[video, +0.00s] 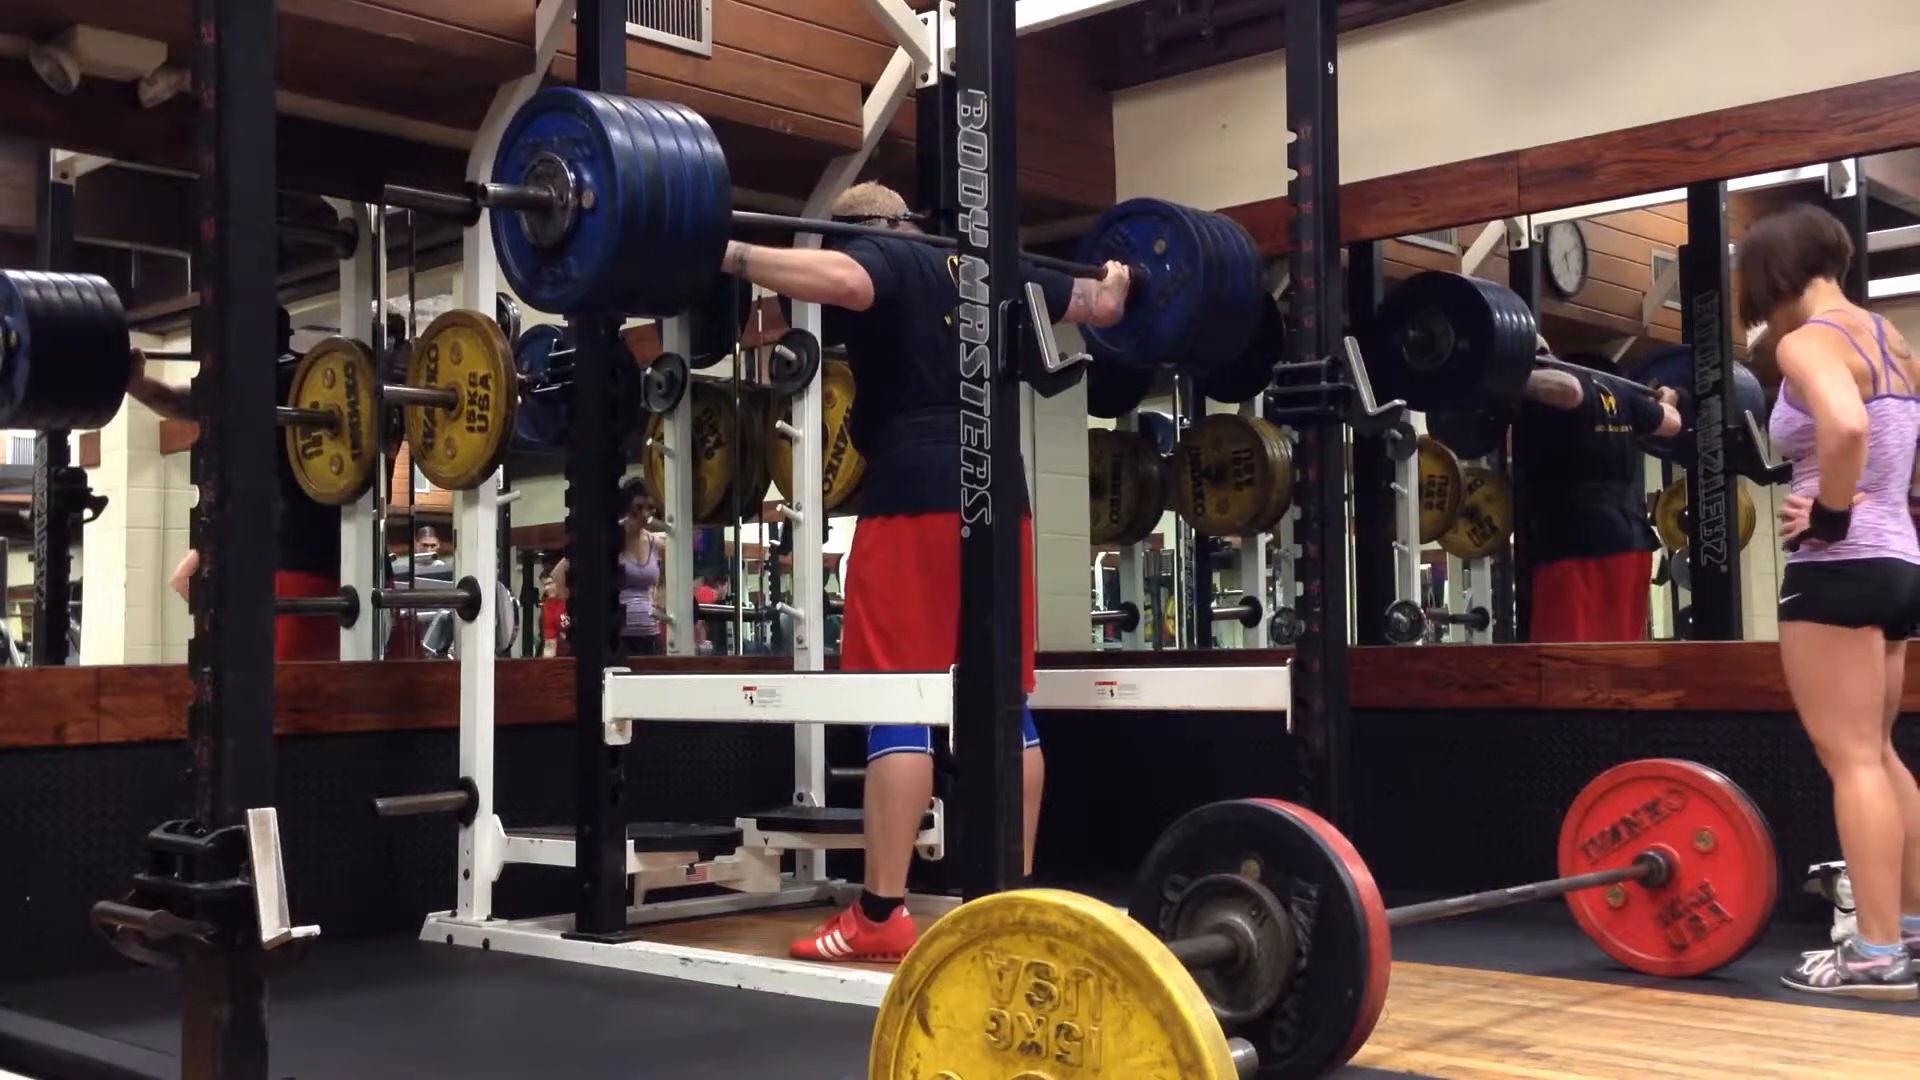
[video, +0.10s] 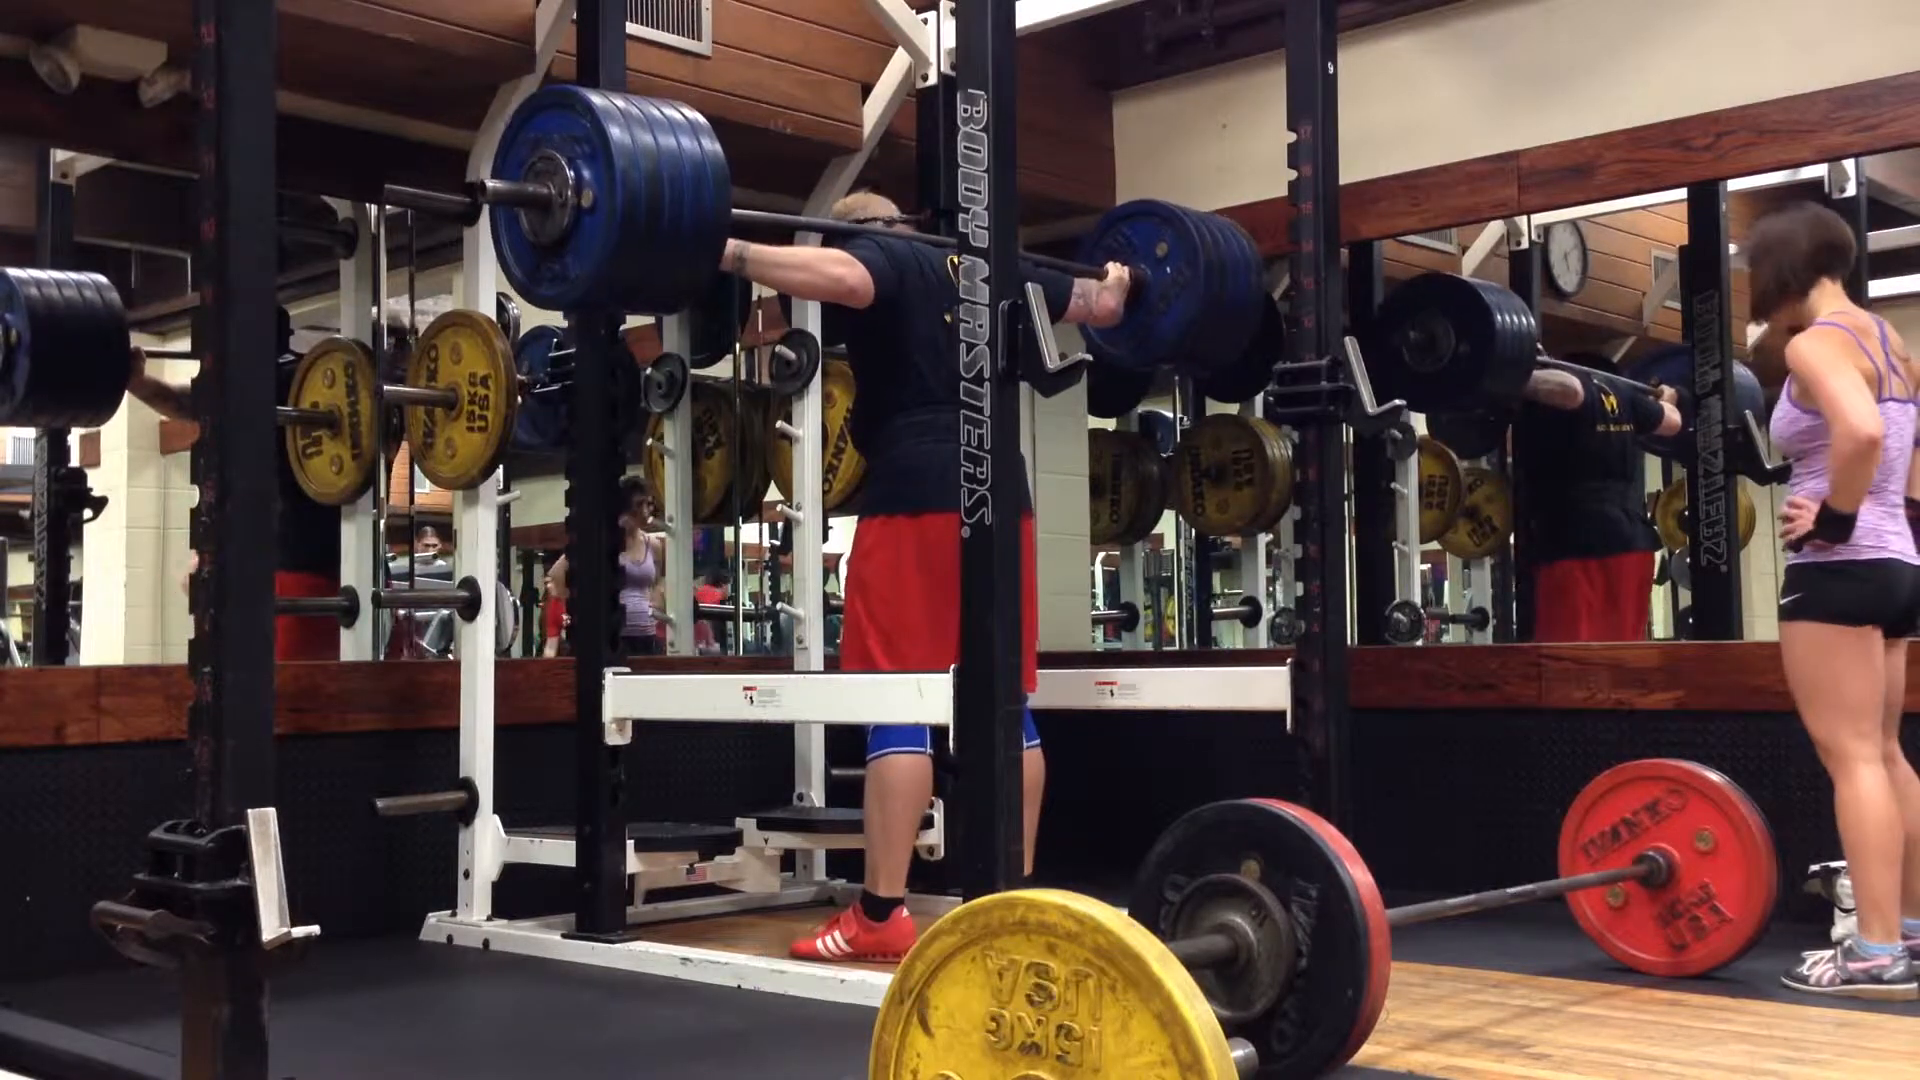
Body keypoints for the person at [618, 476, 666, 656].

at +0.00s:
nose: (645, 514)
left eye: (650, 507)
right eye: (639, 507)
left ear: (654, 510)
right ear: (626, 508)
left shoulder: (655, 542)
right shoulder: (614, 539)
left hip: (649, 624)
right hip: (620, 624)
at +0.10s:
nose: (646, 510)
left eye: (649, 503)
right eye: (639, 504)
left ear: (653, 505)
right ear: (624, 508)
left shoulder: (652, 543)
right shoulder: (604, 541)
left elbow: (657, 580)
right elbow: (556, 573)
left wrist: (655, 604)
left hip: (647, 629)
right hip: (613, 628)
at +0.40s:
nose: (635, 508)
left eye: (638, 501)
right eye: (630, 501)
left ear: (641, 502)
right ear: (615, 503)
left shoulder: (638, 543)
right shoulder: (588, 538)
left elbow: (639, 583)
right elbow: (547, 570)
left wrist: (639, 608)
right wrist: (563, 607)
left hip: (635, 630)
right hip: (599, 630)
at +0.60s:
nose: (628, 506)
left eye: (630, 500)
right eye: (624, 499)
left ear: (633, 504)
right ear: (608, 500)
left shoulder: (628, 541)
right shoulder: (577, 537)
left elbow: (631, 583)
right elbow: (539, 572)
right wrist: (555, 606)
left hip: (623, 628)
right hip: (585, 629)